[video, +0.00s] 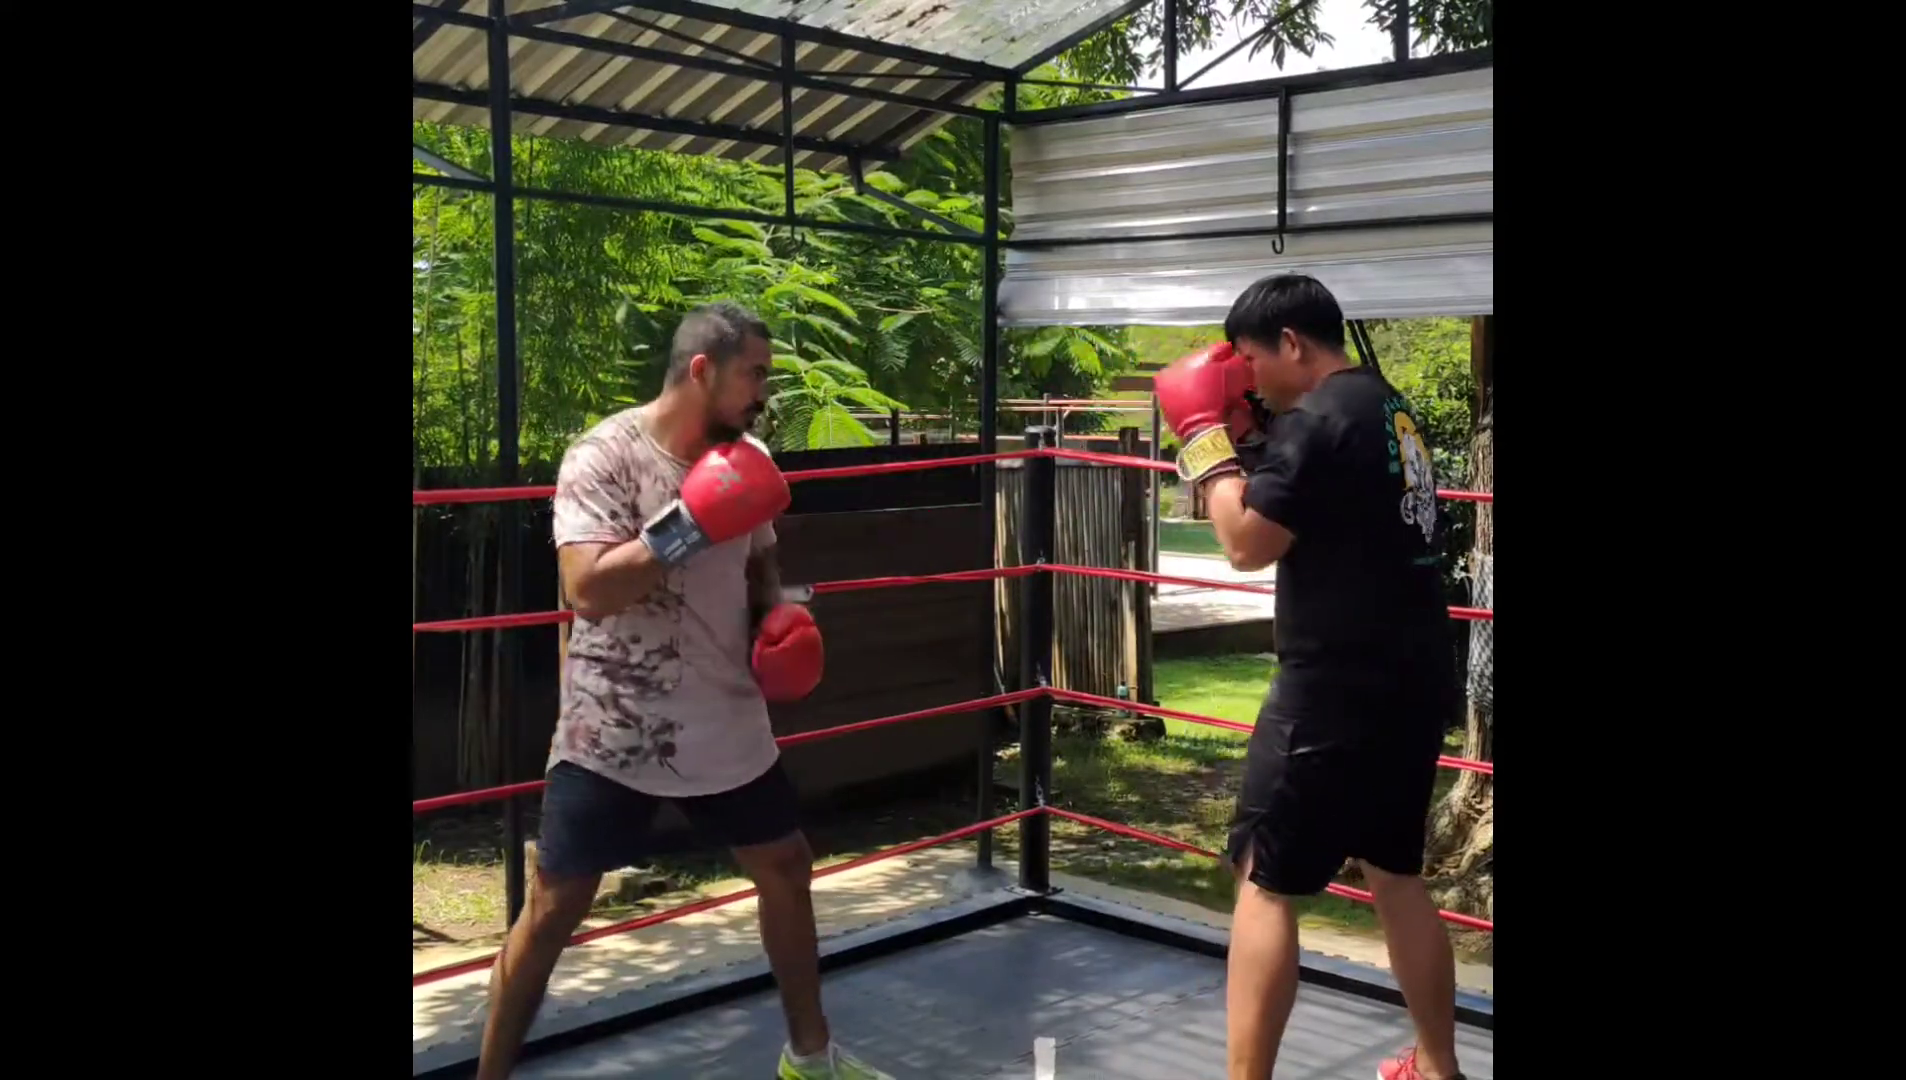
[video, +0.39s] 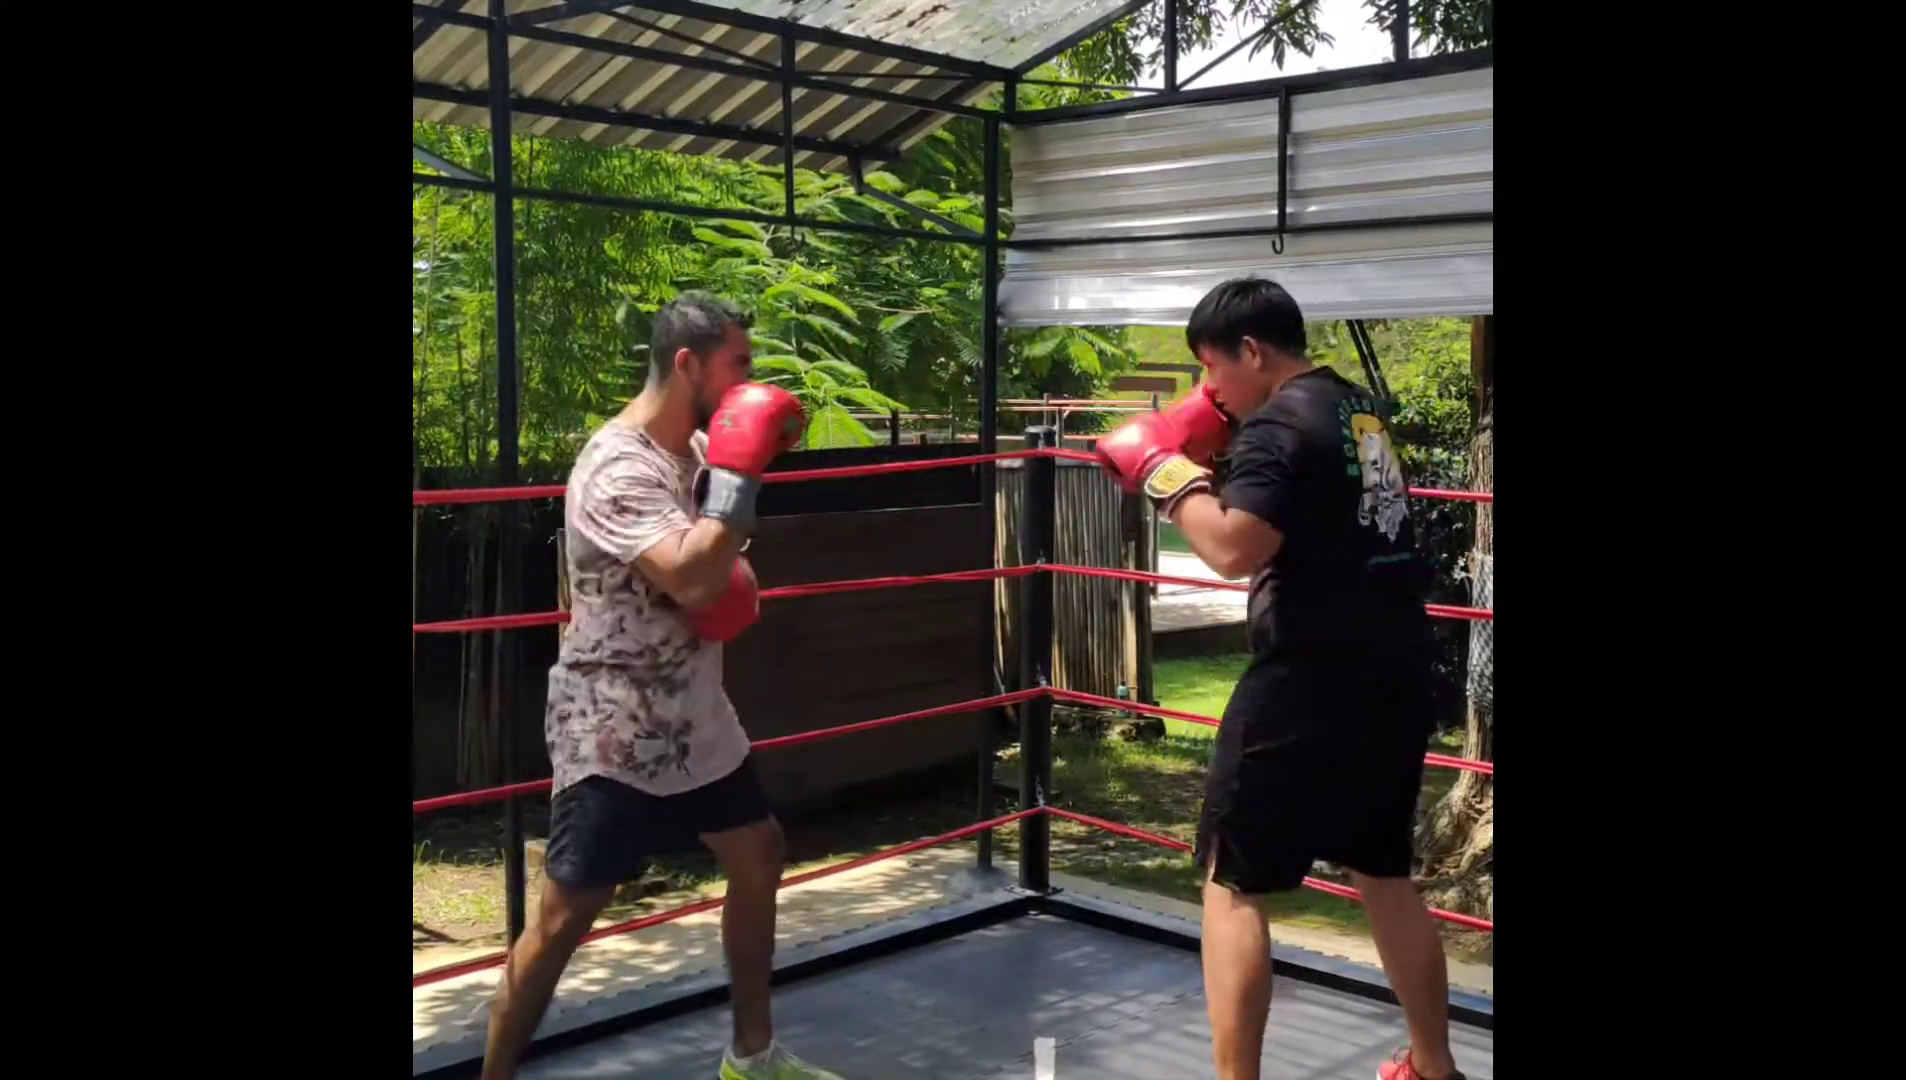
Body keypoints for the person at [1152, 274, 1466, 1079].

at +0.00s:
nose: (1249, 382)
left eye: (1249, 363)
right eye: (1242, 368)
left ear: (1293, 344)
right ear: (1321, 342)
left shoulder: (1318, 419)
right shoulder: (1385, 405)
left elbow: (1246, 543)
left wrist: (1207, 443)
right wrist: (1249, 436)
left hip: (1332, 685)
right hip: (1413, 683)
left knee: (1265, 881)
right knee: (1398, 875)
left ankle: (1246, 1071)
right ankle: (1438, 1065)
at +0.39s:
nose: (1209, 389)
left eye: (1210, 370)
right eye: (1202, 375)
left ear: (1256, 352)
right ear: (1282, 350)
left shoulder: (1279, 425)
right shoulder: (1358, 405)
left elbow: (1234, 550)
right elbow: (1311, 523)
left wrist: (1163, 472)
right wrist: (1219, 451)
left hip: (1302, 681)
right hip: (1393, 679)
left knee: (1232, 880)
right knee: (1387, 871)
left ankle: (1236, 1072)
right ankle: (1433, 1063)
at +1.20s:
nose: (1232, 381)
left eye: (1233, 363)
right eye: (1225, 368)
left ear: (1280, 346)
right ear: (1295, 344)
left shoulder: (1326, 423)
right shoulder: (1355, 403)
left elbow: (1268, 559)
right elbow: (1280, 539)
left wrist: (1213, 455)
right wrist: (1229, 452)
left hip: (1331, 691)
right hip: (1387, 686)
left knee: (1278, 886)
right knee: (1388, 872)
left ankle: (1254, 1072)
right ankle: (1433, 1062)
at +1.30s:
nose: (1231, 380)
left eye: (1231, 362)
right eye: (1223, 367)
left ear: (1276, 344)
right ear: (1293, 342)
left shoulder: (1322, 420)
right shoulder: (1353, 400)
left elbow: (1260, 556)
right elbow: (1274, 532)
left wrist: (1210, 452)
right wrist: (1227, 448)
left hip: (1326, 694)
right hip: (1385, 688)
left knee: (1282, 893)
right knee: (1389, 875)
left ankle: (1255, 1072)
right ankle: (1433, 1062)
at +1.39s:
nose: (1228, 379)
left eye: (1229, 361)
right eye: (1221, 366)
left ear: (1273, 345)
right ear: (1292, 342)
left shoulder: (1316, 423)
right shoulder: (1354, 401)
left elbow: (1256, 556)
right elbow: (1279, 535)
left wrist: (1209, 453)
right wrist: (1229, 450)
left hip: (1326, 693)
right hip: (1386, 688)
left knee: (1273, 887)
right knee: (1389, 876)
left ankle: (1253, 1072)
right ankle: (1432, 1062)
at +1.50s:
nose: (1223, 384)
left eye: (1225, 367)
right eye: (1216, 371)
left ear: (1268, 351)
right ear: (1288, 349)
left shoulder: (1311, 430)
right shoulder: (1352, 407)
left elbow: (1245, 561)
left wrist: (1201, 455)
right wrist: (1226, 448)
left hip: (1322, 693)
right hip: (1391, 690)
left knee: (1250, 880)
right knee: (1384, 872)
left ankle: (1250, 1072)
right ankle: (1432, 1062)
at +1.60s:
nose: (1219, 388)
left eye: (1219, 370)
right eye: (1212, 375)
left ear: (1260, 351)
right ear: (1290, 348)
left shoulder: (1287, 426)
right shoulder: (1366, 406)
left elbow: (1194, 530)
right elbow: (1300, 501)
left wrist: (1165, 435)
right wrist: (1220, 434)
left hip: (1314, 682)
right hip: (1404, 679)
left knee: (1242, 871)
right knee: (1385, 866)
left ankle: (1241, 1070)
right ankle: (1432, 1063)